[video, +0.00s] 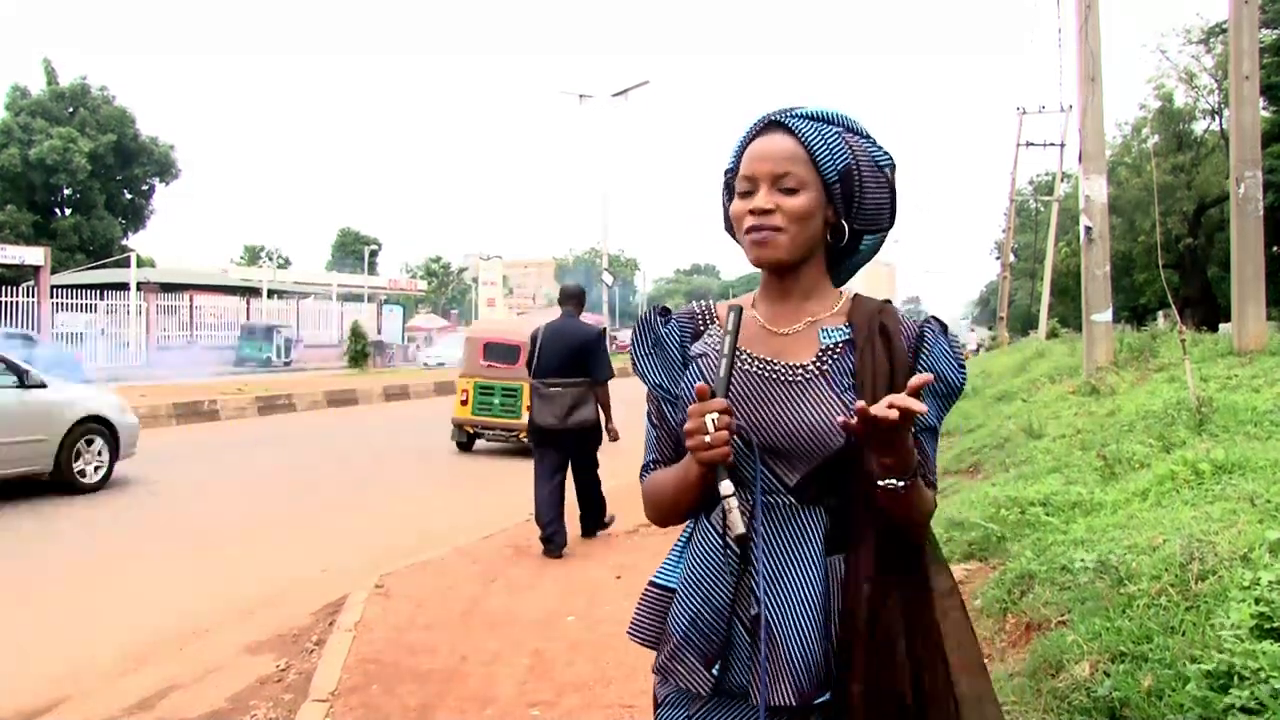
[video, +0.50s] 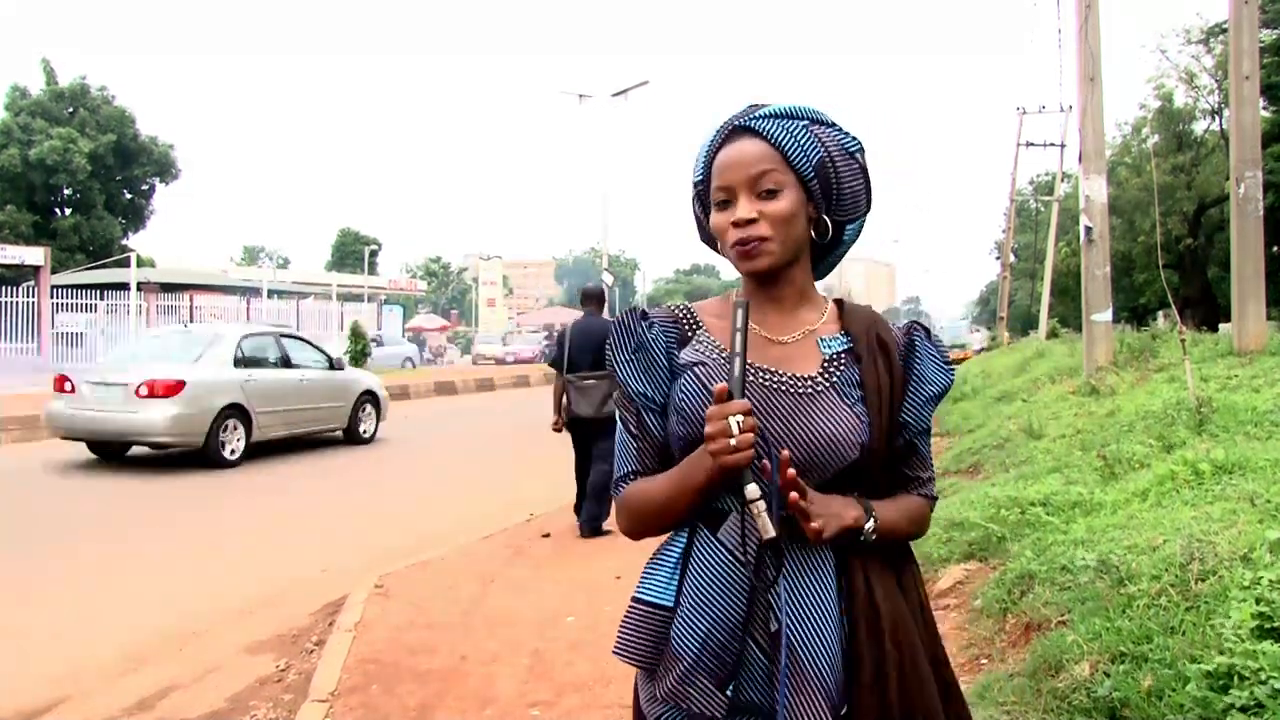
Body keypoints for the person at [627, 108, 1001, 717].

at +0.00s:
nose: (760, 204)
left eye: (787, 187)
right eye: (746, 189)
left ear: (834, 209)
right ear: (731, 209)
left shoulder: (891, 340)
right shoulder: (691, 337)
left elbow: (916, 518)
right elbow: (658, 507)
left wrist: (889, 449)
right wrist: (696, 462)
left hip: (846, 632)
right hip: (715, 626)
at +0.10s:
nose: (757, 205)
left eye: (784, 187)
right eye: (741, 191)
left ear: (832, 207)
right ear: (727, 212)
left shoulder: (892, 346)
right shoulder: (685, 336)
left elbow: (921, 519)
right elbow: (649, 507)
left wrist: (884, 491)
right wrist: (691, 463)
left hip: (840, 638)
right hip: (709, 632)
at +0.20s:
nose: (753, 204)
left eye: (780, 184)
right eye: (736, 191)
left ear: (828, 203)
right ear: (722, 214)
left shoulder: (894, 348)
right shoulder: (680, 339)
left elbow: (930, 513)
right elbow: (642, 506)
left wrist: (882, 512)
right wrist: (689, 465)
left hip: (847, 645)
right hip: (710, 641)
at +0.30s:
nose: (749, 208)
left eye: (776, 186)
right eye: (732, 194)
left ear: (824, 203)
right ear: (718, 218)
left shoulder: (893, 349)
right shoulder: (675, 341)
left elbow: (932, 508)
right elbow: (638, 510)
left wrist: (854, 510)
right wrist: (690, 467)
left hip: (852, 640)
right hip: (711, 638)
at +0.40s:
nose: (746, 211)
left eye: (771, 189)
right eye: (728, 197)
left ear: (819, 203)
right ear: (712, 219)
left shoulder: (886, 349)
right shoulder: (674, 340)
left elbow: (921, 506)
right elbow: (634, 515)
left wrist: (847, 513)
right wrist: (697, 465)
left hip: (844, 643)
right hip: (708, 641)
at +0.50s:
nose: (742, 216)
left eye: (767, 193)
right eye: (723, 202)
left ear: (815, 206)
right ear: (709, 222)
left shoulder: (881, 346)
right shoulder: (667, 342)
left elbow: (918, 503)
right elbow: (631, 515)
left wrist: (855, 512)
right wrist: (706, 462)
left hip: (849, 628)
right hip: (710, 629)